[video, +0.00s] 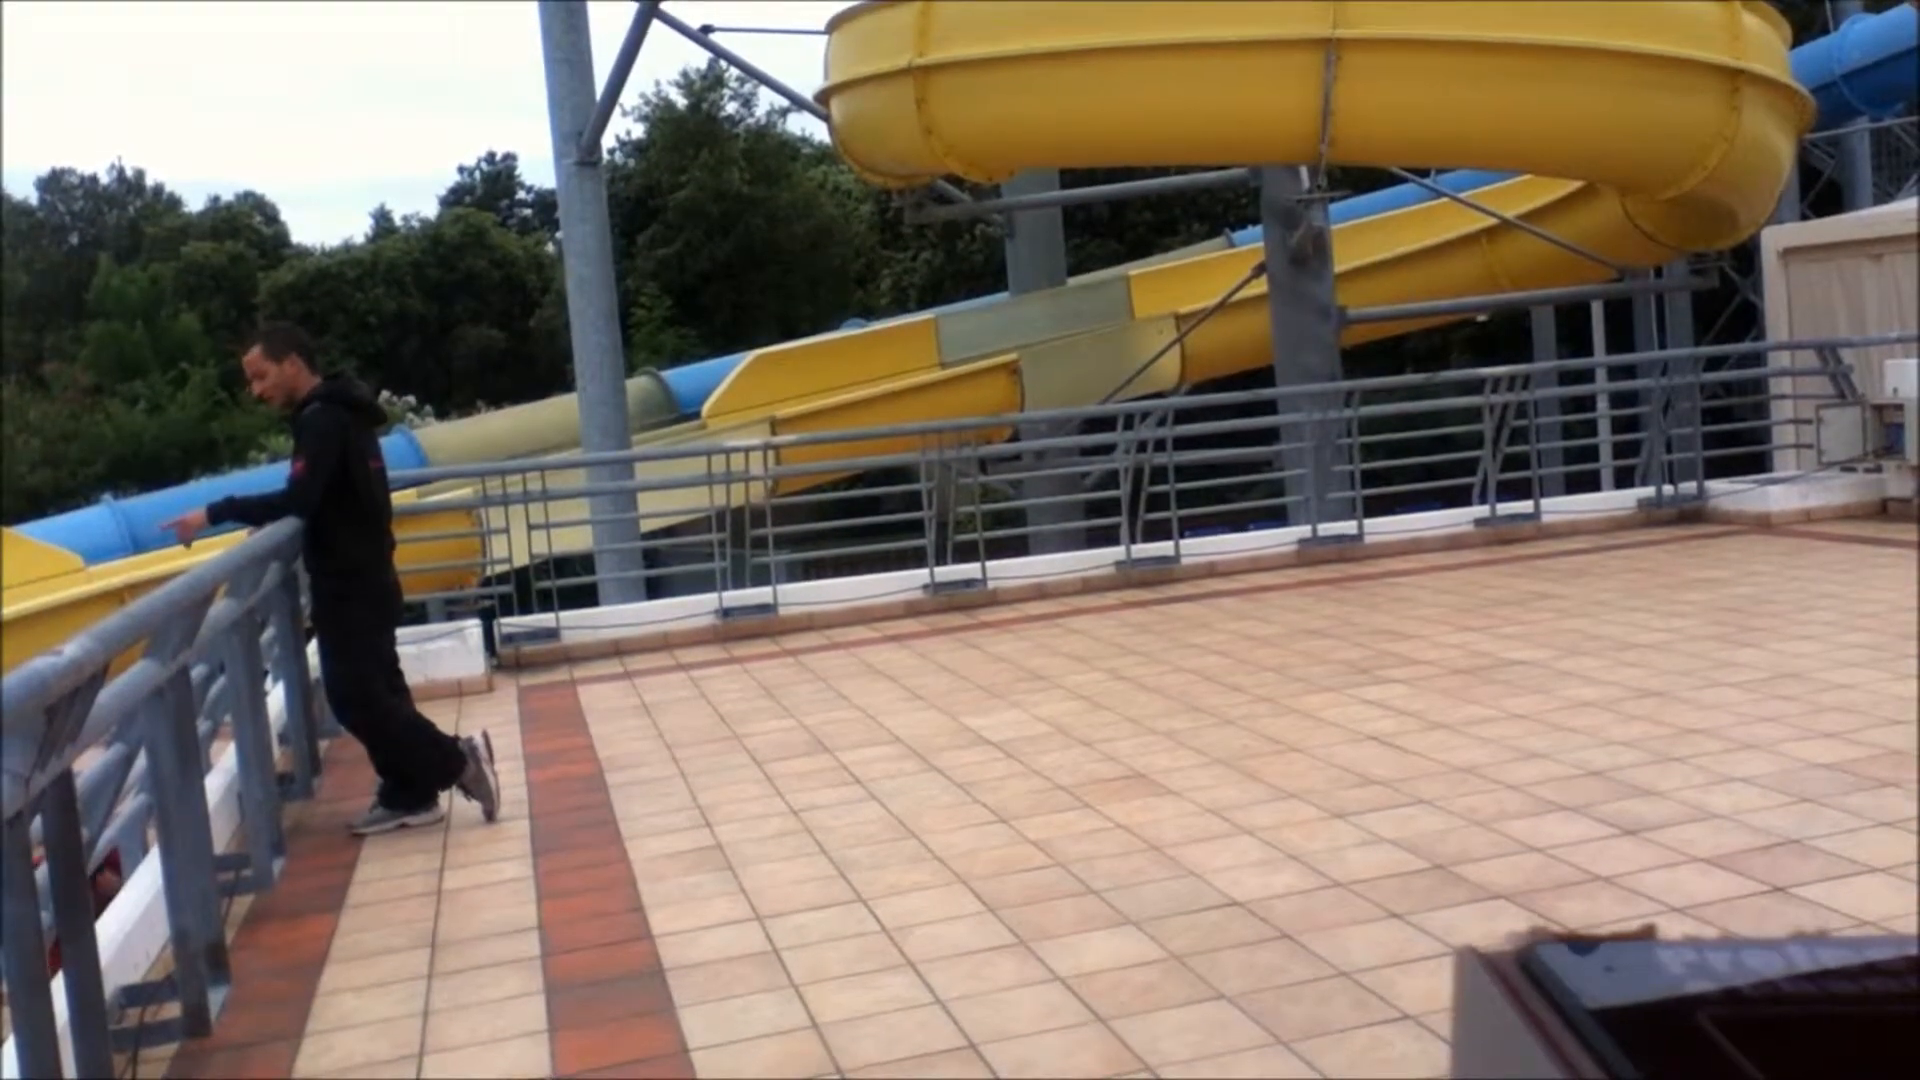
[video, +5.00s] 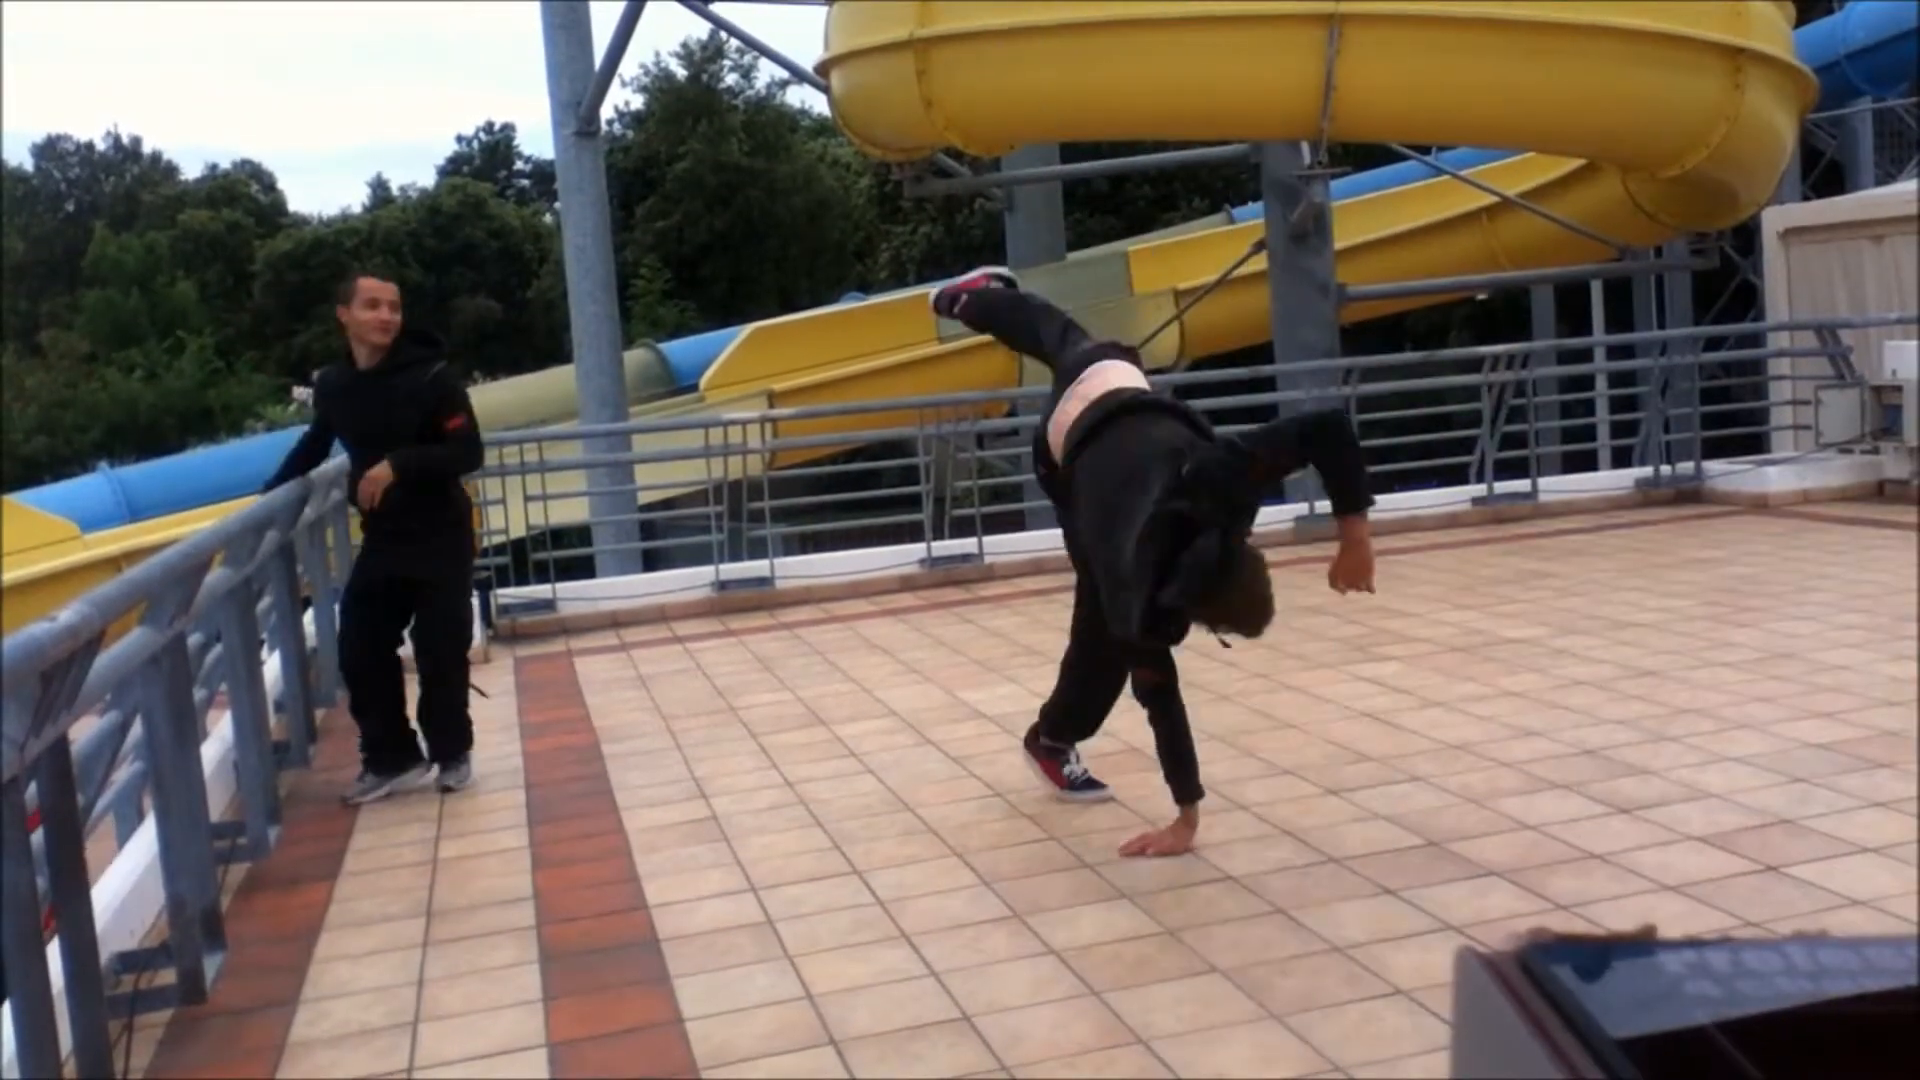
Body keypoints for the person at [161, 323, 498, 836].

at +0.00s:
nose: (256, 391)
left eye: (259, 377)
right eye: (251, 381)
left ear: (292, 365)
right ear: (294, 370)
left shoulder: (320, 419)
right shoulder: (341, 409)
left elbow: (299, 502)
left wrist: (216, 513)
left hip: (349, 586)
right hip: (367, 580)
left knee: (351, 698)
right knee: (379, 687)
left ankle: (455, 762)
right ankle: (408, 797)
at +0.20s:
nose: (257, 396)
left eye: (260, 381)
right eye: (252, 386)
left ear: (292, 368)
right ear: (295, 372)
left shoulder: (320, 420)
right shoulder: (340, 410)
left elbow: (299, 503)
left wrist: (217, 514)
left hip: (348, 587)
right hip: (365, 581)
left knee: (351, 699)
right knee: (377, 687)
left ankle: (454, 763)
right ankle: (407, 798)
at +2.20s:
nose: (259, 400)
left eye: (259, 385)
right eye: (253, 389)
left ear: (289, 369)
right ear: (293, 373)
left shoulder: (321, 421)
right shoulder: (341, 412)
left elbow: (307, 499)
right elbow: (322, 497)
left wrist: (255, 514)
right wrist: (271, 512)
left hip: (346, 588)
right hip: (362, 583)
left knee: (349, 699)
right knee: (375, 689)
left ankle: (453, 763)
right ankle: (407, 798)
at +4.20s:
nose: (252, 358)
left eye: (253, 344)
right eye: (248, 347)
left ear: (282, 333)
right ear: (289, 336)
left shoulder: (319, 385)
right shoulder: (333, 376)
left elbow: (302, 464)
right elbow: (312, 462)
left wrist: (248, 484)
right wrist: (263, 482)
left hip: (345, 552)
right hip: (360, 548)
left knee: (348, 665)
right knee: (373, 654)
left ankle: (452, 729)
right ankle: (403, 765)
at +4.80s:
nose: (314, 332)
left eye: (325, 322)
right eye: (303, 322)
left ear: (343, 328)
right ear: (289, 330)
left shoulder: (361, 383)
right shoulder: (323, 387)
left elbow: (342, 466)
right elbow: (333, 459)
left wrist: (273, 458)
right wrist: (282, 470)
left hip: (402, 543)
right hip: (371, 543)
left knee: (389, 650)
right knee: (357, 652)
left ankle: (482, 721)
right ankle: (400, 763)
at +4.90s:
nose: (344, 319)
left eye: (355, 310)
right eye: (332, 309)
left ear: (369, 319)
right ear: (313, 319)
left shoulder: (398, 378)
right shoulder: (323, 383)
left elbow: (403, 461)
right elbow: (326, 452)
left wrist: (321, 456)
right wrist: (293, 470)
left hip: (419, 531)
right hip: (371, 535)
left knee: (418, 644)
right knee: (365, 654)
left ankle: (467, 730)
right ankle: (400, 760)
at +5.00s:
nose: (385, 316)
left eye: (393, 308)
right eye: (372, 306)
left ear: (402, 317)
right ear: (344, 316)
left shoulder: (430, 375)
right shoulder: (335, 385)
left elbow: (468, 451)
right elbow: (315, 444)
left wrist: (396, 465)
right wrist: (272, 496)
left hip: (442, 530)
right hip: (383, 532)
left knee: (441, 646)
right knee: (360, 644)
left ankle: (452, 753)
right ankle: (392, 756)